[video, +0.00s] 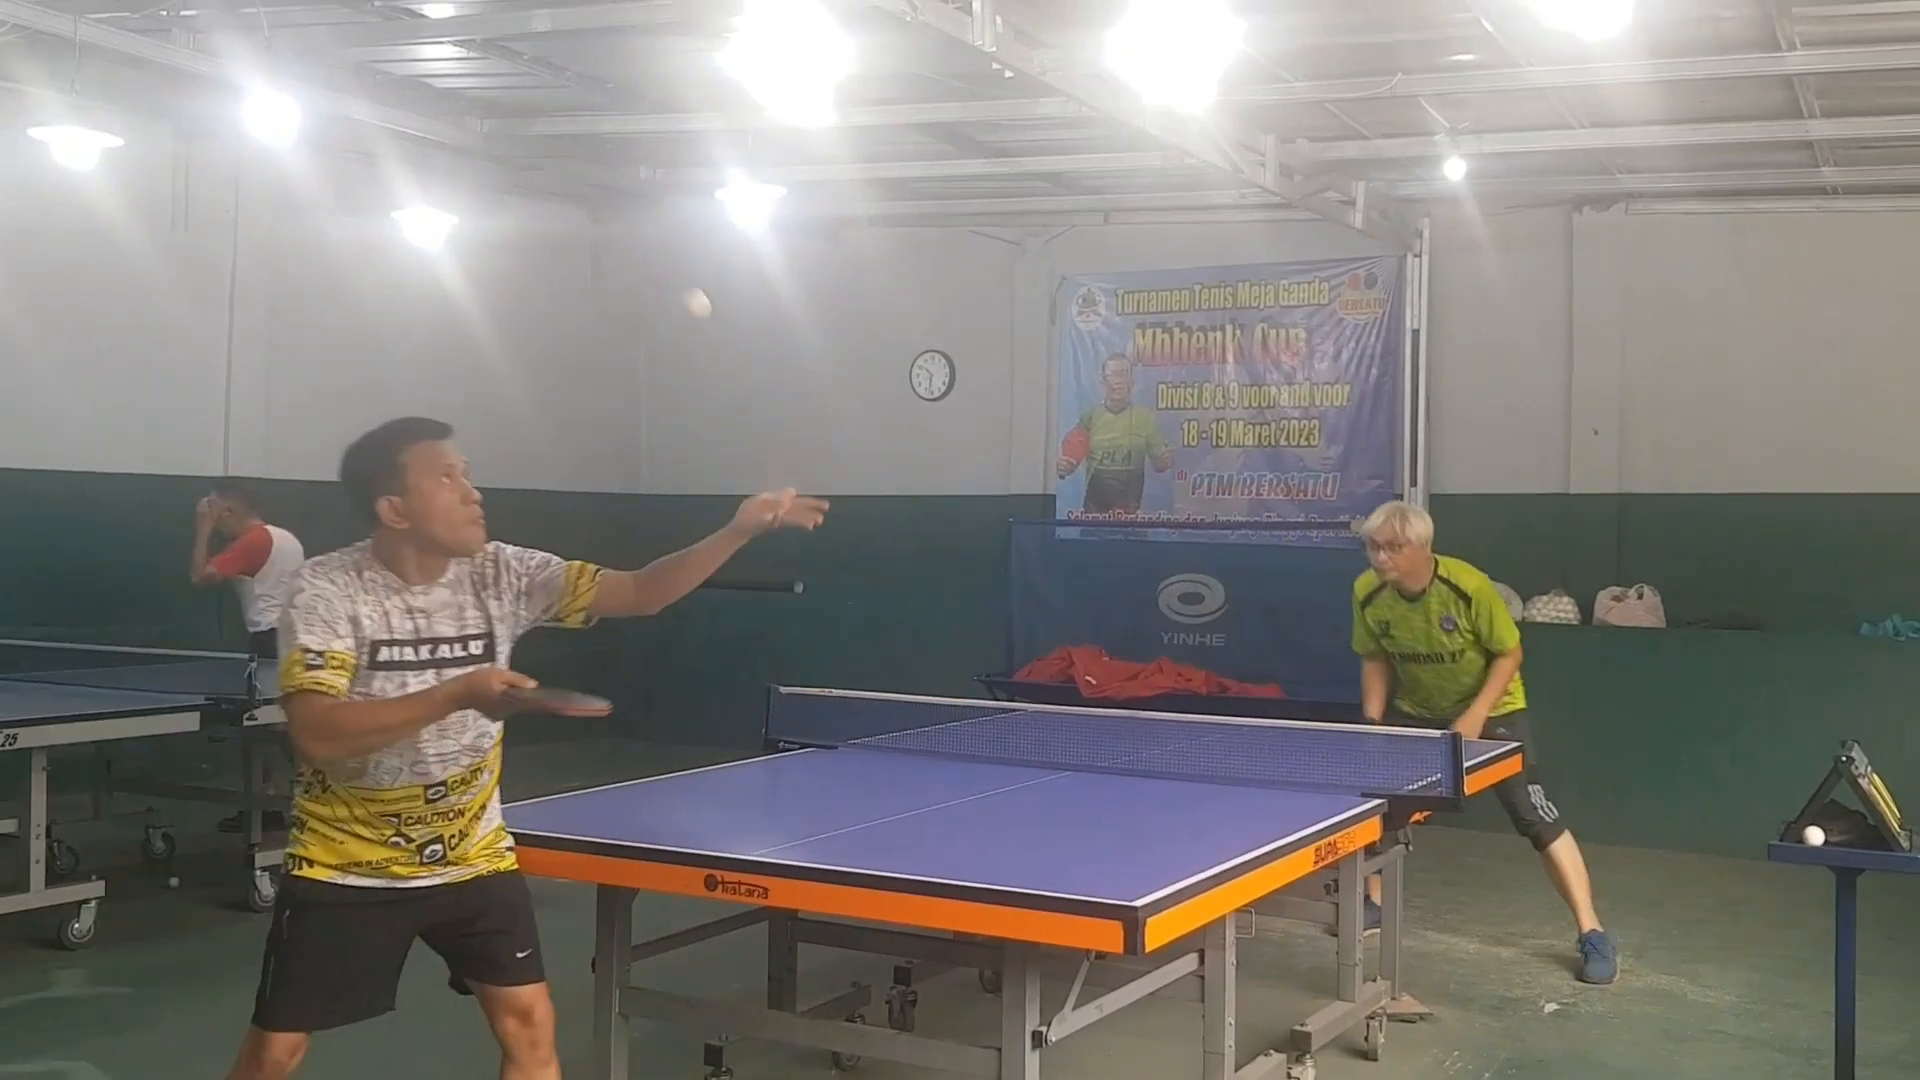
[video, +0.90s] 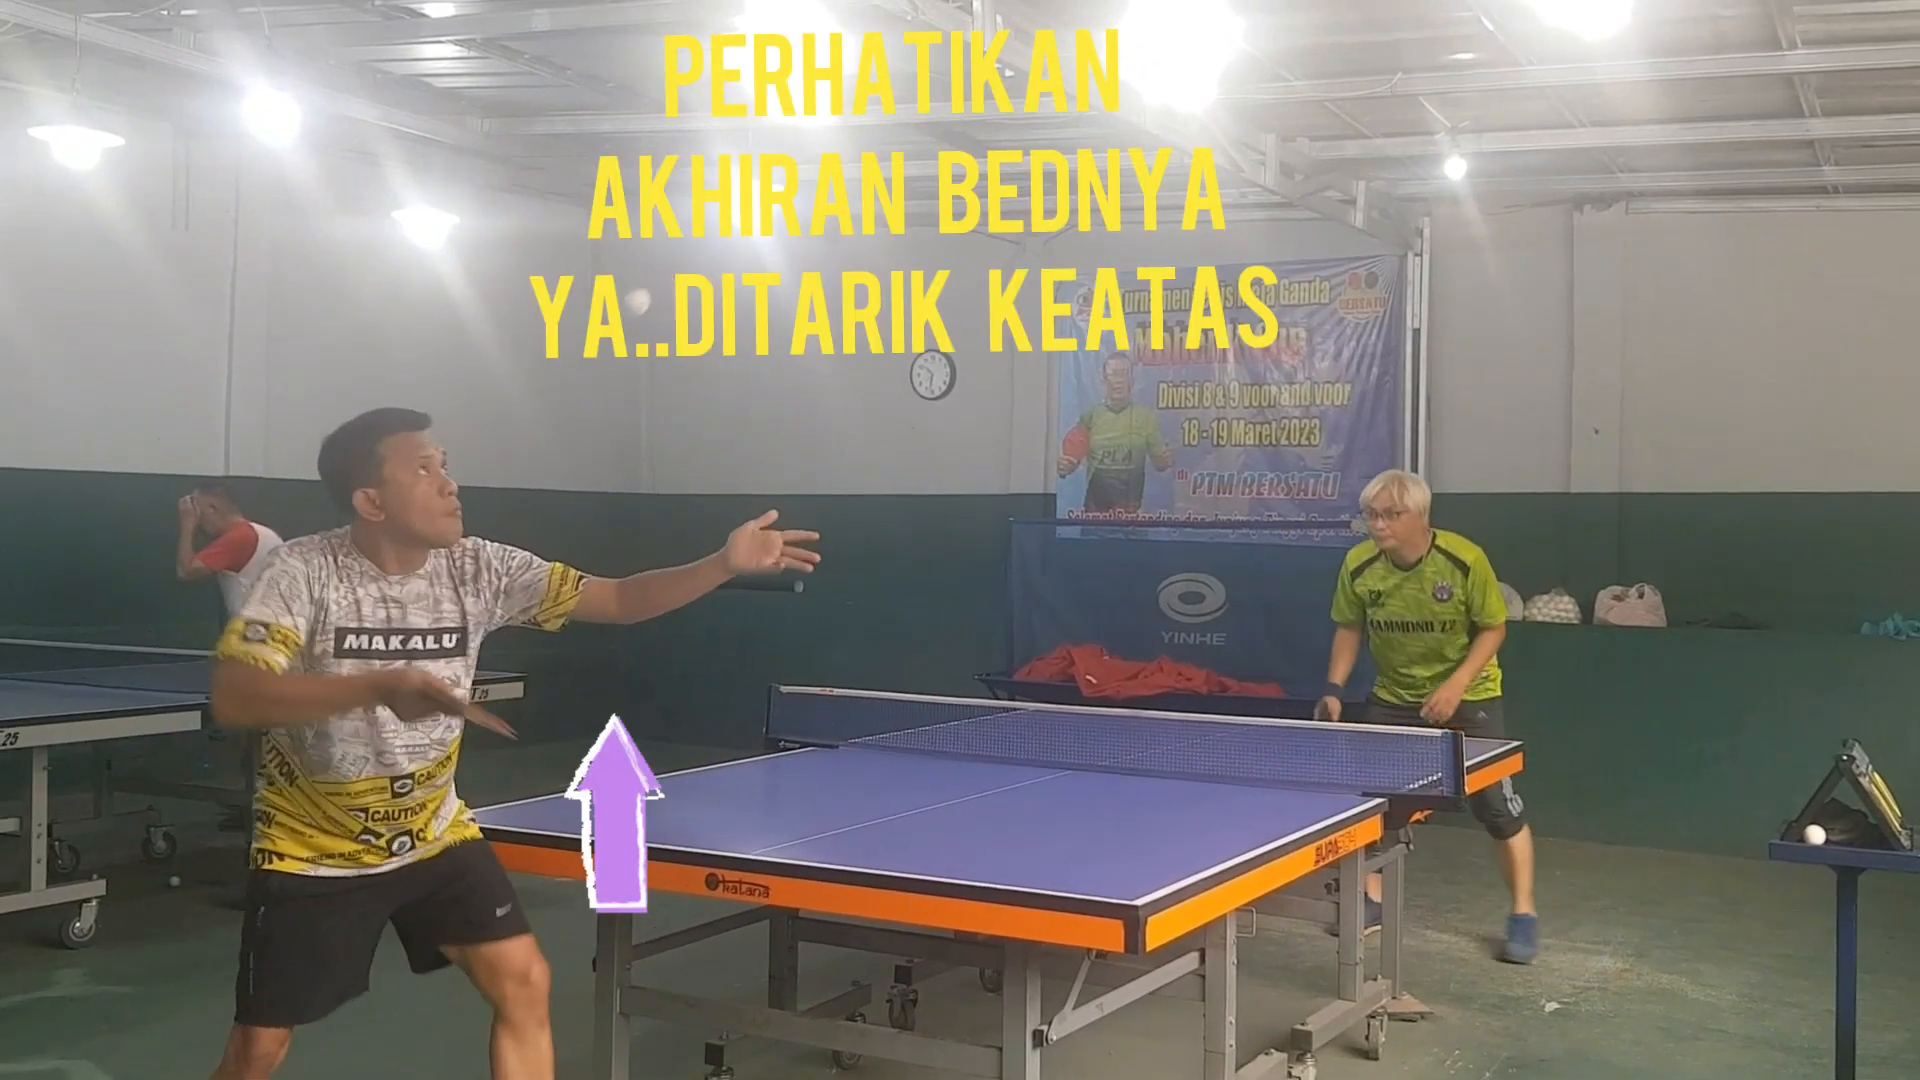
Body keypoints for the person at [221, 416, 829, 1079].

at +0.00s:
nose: (475, 490)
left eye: (469, 476)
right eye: (451, 478)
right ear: (392, 507)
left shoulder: (503, 575)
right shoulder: (326, 586)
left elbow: (638, 591)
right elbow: (317, 732)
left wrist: (742, 527)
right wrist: (458, 692)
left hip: (472, 852)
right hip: (344, 861)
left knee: (529, 1023)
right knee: (273, 1052)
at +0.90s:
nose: (451, 481)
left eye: (446, 466)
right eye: (427, 469)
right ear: (368, 501)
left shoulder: (480, 569)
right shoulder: (295, 572)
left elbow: (619, 599)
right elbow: (233, 696)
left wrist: (725, 563)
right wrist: (381, 686)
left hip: (432, 832)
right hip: (309, 845)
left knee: (523, 982)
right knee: (257, 1051)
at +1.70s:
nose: (487, 507)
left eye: (485, 489)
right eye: (467, 493)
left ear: (483, 501)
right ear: (403, 514)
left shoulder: (510, 581)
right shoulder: (327, 560)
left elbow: (642, 608)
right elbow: (192, 597)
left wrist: (742, 557)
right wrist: (320, 601)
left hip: (434, 828)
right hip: (316, 843)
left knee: (542, 962)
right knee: (257, 1051)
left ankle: (426, 1057)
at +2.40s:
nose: (564, 548)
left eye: (568, 529)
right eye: (547, 529)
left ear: (565, 530)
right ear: (487, 532)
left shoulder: (566, 602)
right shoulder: (411, 558)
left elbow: (689, 612)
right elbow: (290, 565)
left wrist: (719, 531)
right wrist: (411, 652)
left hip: (459, 844)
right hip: (346, 846)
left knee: (565, 996)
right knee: (267, 1054)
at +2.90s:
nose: (645, 601)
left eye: (650, 584)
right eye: (640, 578)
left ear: (592, 574)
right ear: (587, 569)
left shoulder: (599, 649)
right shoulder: (479, 583)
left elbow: (690, 665)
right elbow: (354, 634)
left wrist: (678, 543)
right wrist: (505, 638)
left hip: (495, 879)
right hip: (382, 876)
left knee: (597, 1030)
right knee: (316, 1065)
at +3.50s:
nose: (693, 641)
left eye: (698, 626)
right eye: (692, 621)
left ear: (646, 614)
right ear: (648, 612)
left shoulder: (632, 687)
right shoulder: (517, 615)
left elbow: (715, 746)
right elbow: (385, 695)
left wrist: (730, 635)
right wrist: (466, 613)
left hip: (510, 897)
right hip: (411, 886)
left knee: (618, 1035)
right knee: (383, 1072)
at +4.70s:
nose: (671, 616)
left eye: (674, 600)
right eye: (670, 598)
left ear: (626, 592)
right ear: (631, 591)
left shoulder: (607, 672)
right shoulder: (495, 613)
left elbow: (679, 758)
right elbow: (406, 717)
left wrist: (726, 702)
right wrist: (533, 695)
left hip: (490, 887)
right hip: (398, 878)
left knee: (600, 1027)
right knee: (402, 1075)